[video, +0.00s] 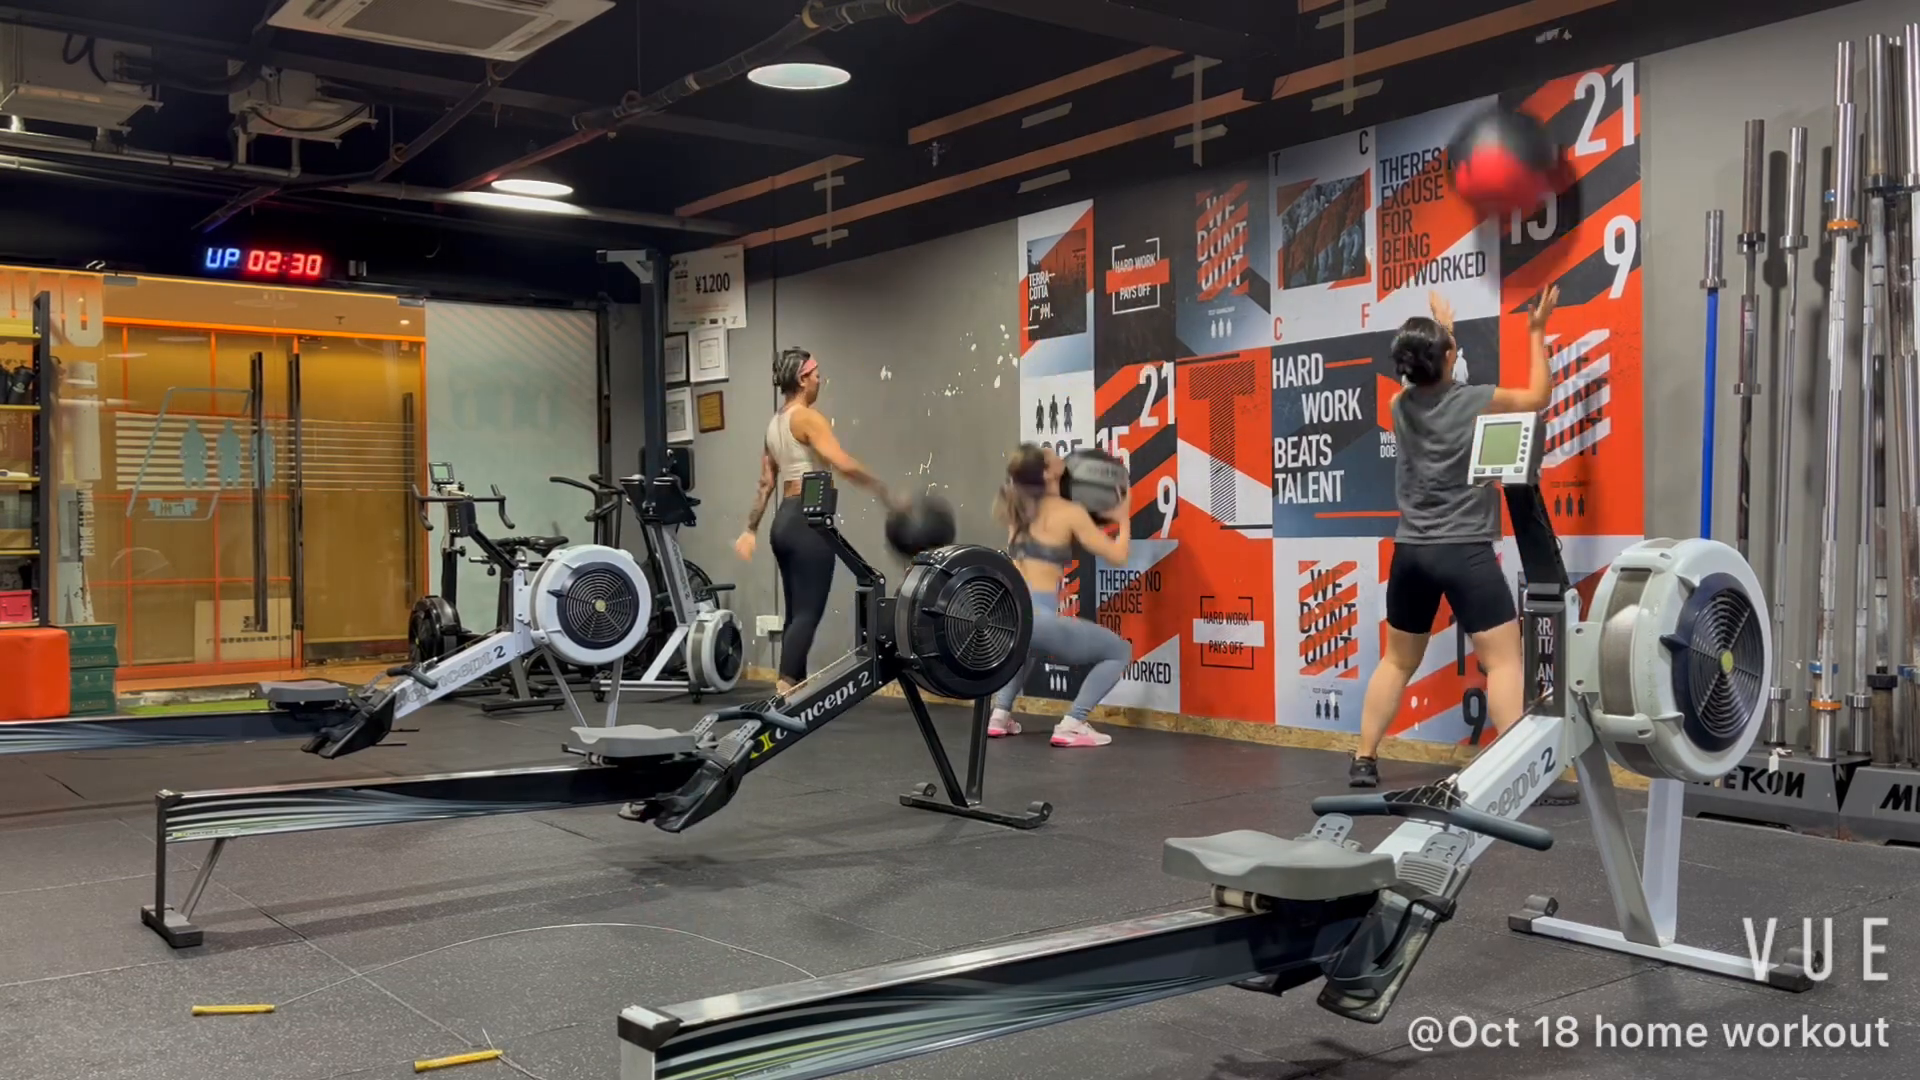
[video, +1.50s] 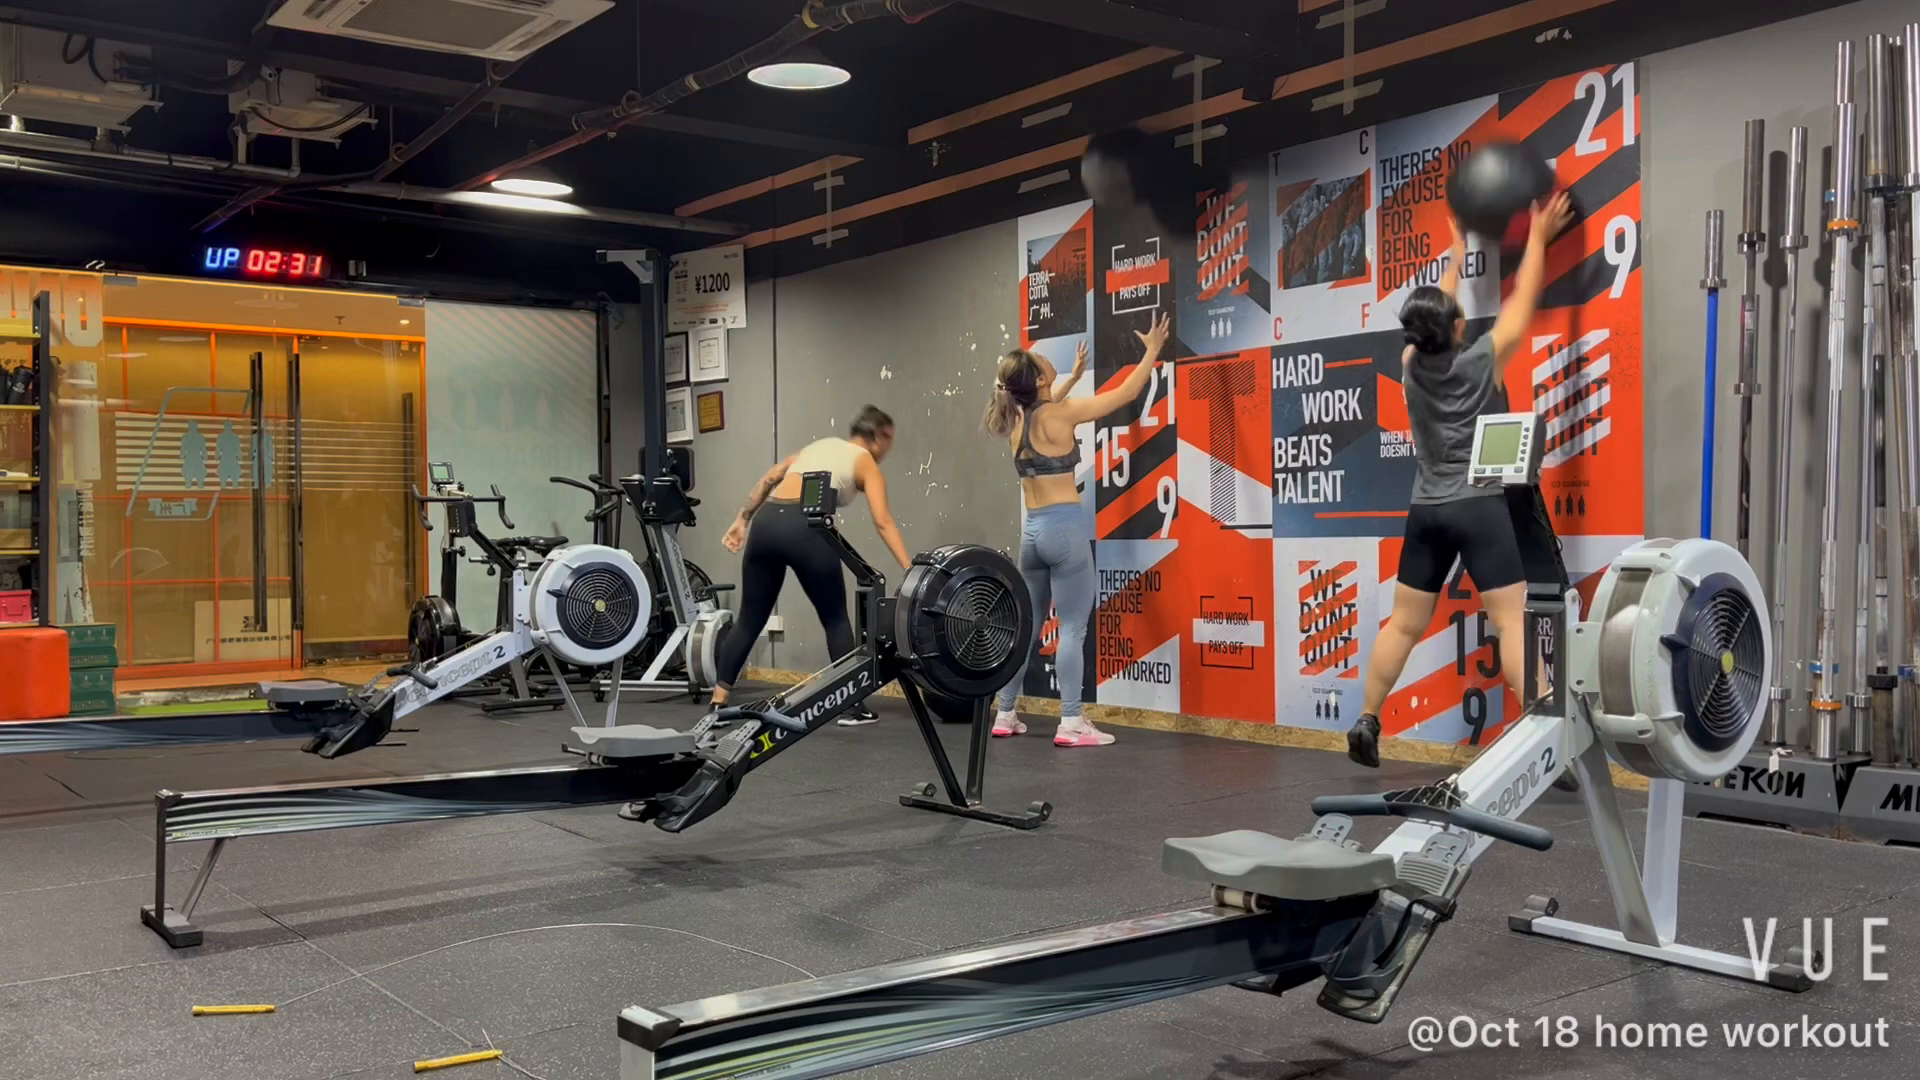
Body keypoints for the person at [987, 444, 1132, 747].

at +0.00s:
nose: (1059, 456)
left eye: (1053, 453)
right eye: (1053, 457)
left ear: (1026, 477)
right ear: (1047, 474)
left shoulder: (1019, 508)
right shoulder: (1069, 512)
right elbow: (1118, 555)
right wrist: (1123, 520)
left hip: (1006, 612)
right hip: (1040, 619)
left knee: (1027, 644)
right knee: (1118, 651)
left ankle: (999, 714)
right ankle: (1073, 724)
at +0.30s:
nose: (1058, 478)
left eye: (1051, 476)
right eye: (1052, 480)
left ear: (1028, 506)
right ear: (1051, 504)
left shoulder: (1021, 537)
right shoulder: (1072, 541)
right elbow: (1116, 590)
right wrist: (1121, 554)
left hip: (1004, 641)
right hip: (1038, 648)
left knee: (1044, 639)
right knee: (1116, 655)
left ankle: (1000, 715)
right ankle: (1072, 723)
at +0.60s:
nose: (1057, 398)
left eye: (1051, 394)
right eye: (1051, 397)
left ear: (1028, 419)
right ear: (1047, 413)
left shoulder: (1025, 449)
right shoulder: (1071, 446)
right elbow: (1126, 483)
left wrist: (1105, 455)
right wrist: (1124, 444)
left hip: (1016, 554)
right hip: (1047, 558)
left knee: (1028, 638)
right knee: (1105, 637)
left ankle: (1002, 712)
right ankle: (1072, 721)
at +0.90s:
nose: (1050, 345)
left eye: (1045, 341)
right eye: (1045, 345)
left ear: (1026, 367)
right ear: (1039, 362)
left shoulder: (1024, 394)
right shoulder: (1067, 384)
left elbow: (1036, 336)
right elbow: (1096, 329)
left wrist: (1044, 288)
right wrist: (1110, 273)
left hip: (1037, 507)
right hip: (1072, 506)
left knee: (1030, 605)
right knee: (1081, 609)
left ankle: (1012, 689)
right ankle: (1084, 703)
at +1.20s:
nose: (1046, 367)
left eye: (1042, 364)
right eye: (1042, 364)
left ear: (1017, 387)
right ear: (1037, 381)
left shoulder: (1018, 421)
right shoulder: (1061, 411)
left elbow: (1029, 371)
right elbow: (1113, 375)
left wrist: (1050, 338)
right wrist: (1135, 327)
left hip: (1040, 526)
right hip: (1074, 524)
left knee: (1029, 625)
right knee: (1076, 628)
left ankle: (1006, 711)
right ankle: (1072, 721)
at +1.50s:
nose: (1052, 373)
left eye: (1049, 370)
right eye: (1047, 370)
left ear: (1019, 388)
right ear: (1039, 382)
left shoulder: (1019, 420)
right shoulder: (1062, 412)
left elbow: (1050, 401)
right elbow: (1125, 394)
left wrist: (1075, 374)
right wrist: (1152, 351)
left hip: (1033, 526)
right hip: (1066, 525)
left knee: (1024, 624)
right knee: (1072, 628)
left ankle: (1005, 713)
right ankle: (1072, 722)